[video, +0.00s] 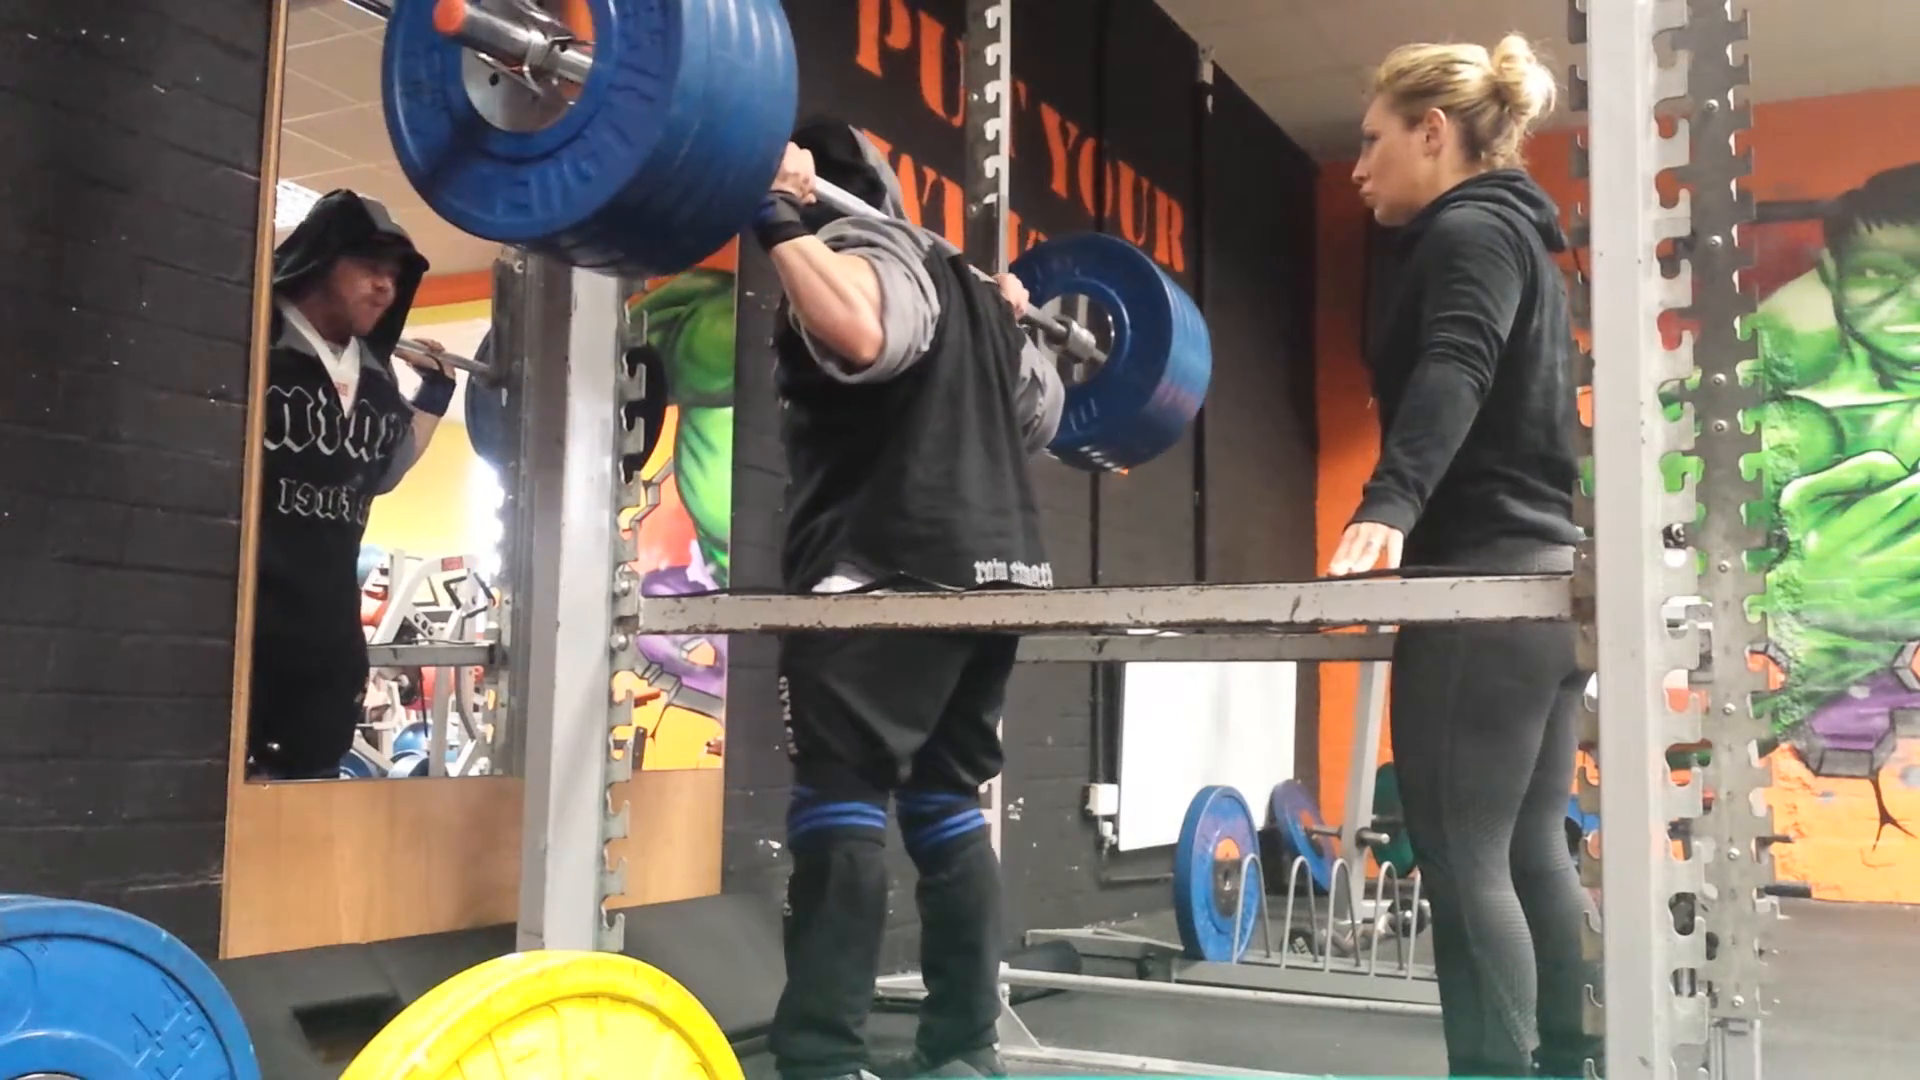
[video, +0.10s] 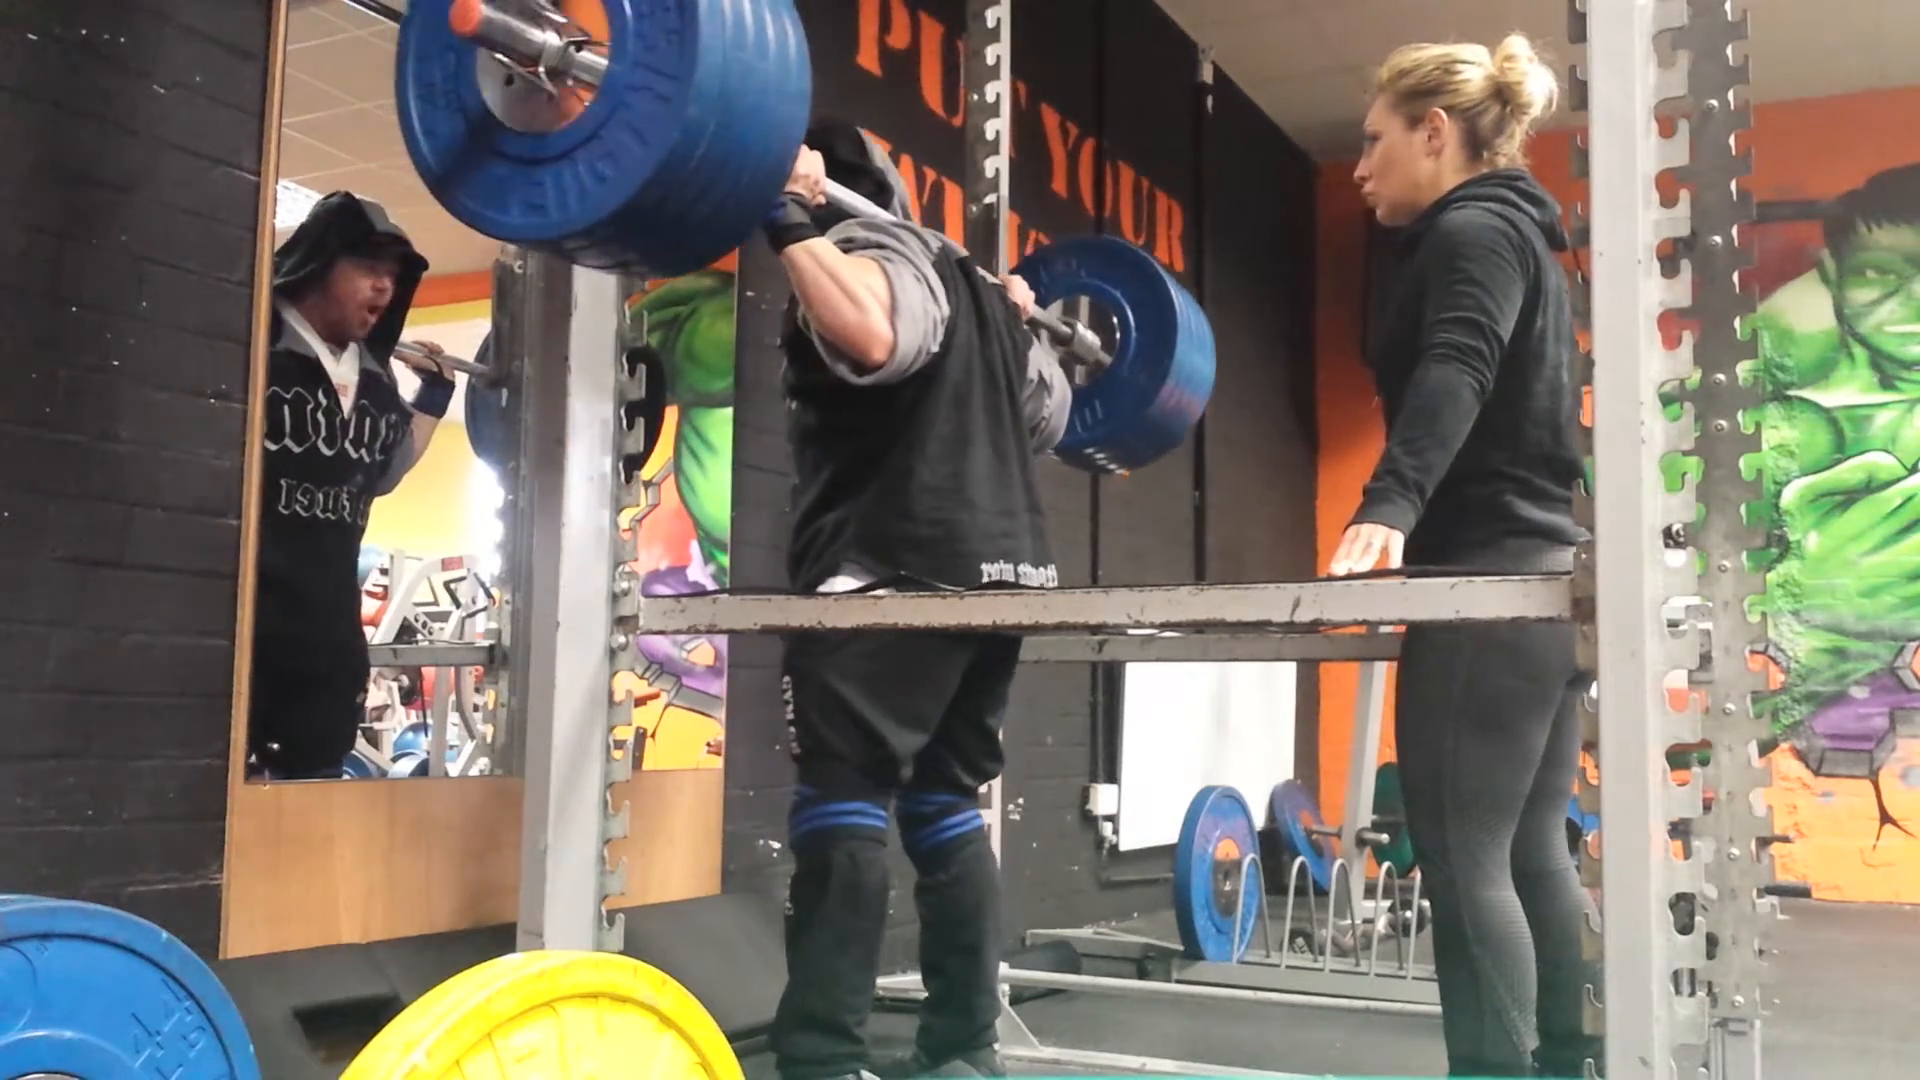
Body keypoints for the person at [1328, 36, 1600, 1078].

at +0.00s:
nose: (1360, 168)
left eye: (1372, 142)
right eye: (1360, 145)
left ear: (1436, 132)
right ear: (1442, 136)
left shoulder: (1470, 225)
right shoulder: (1514, 225)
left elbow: (1457, 361)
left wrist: (1385, 510)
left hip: (1483, 571)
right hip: (1542, 569)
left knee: (1466, 860)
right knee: (1534, 847)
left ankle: (1493, 1072)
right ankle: (1568, 1066)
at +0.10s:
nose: (1361, 169)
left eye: (1373, 142)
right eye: (1361, 146)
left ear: (1438, 132)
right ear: (1445, 135)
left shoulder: (1473, 226)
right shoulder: (1517, 225)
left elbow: (1458, 362)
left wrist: (1387, 510)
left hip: (1489, 577)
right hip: (1544, 575)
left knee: (1467, 859)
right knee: (1534, 849)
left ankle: (1494, 1072)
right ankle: (1567, 1065)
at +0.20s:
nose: (1363, 171)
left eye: (1375, 144)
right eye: (1364, 148)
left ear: (1440, 133)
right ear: (1446, 137)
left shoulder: (1481, 230)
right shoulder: (1514, 224)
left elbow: (1459, 366)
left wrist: (1387, 511)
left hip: (1503, 580)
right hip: (1548, 574)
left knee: (1472, 856)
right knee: (1540, 843)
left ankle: (1493, 1069)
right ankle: (1567, 1064)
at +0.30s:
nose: (1365, 174)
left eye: (1376, 147)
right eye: (1366, 151)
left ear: (1440, 136)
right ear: (1447, 138)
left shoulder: (1492, 233)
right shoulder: (1511, 228)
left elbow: (1463, 372)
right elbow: (1494, 392)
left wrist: (1388, 513)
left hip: (1520, 581)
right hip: (1545, 576)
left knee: (1491, 853)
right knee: (1544, 847)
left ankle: (1501, 1070)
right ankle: (1564, 1061)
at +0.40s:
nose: (1370, 175)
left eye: (1380, 147)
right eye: (1371, 152)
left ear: (1447, 137)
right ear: (1457, 142)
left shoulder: (1503, 236)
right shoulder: (1508, 231)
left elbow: (1467, 375)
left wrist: (1390, 512)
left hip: (1538, 580)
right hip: (1533, 576)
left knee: (1499, 839)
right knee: (1527, 838)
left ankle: (1555, 1066)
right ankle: (1574, 1057)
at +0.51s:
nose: (1380, 171)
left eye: (1392, 143)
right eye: (1383, 148)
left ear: (1457, 135)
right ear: (1468, 138)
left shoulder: (1514, 234)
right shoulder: (1512, 231)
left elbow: (1478, 374)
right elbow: (1495, 386)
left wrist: (1391, 507)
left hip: (1553, 574)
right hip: (1527, 573)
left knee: (1528, 840)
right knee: (1488, 823)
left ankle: (1602, 1053)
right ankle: (1578, 1046)